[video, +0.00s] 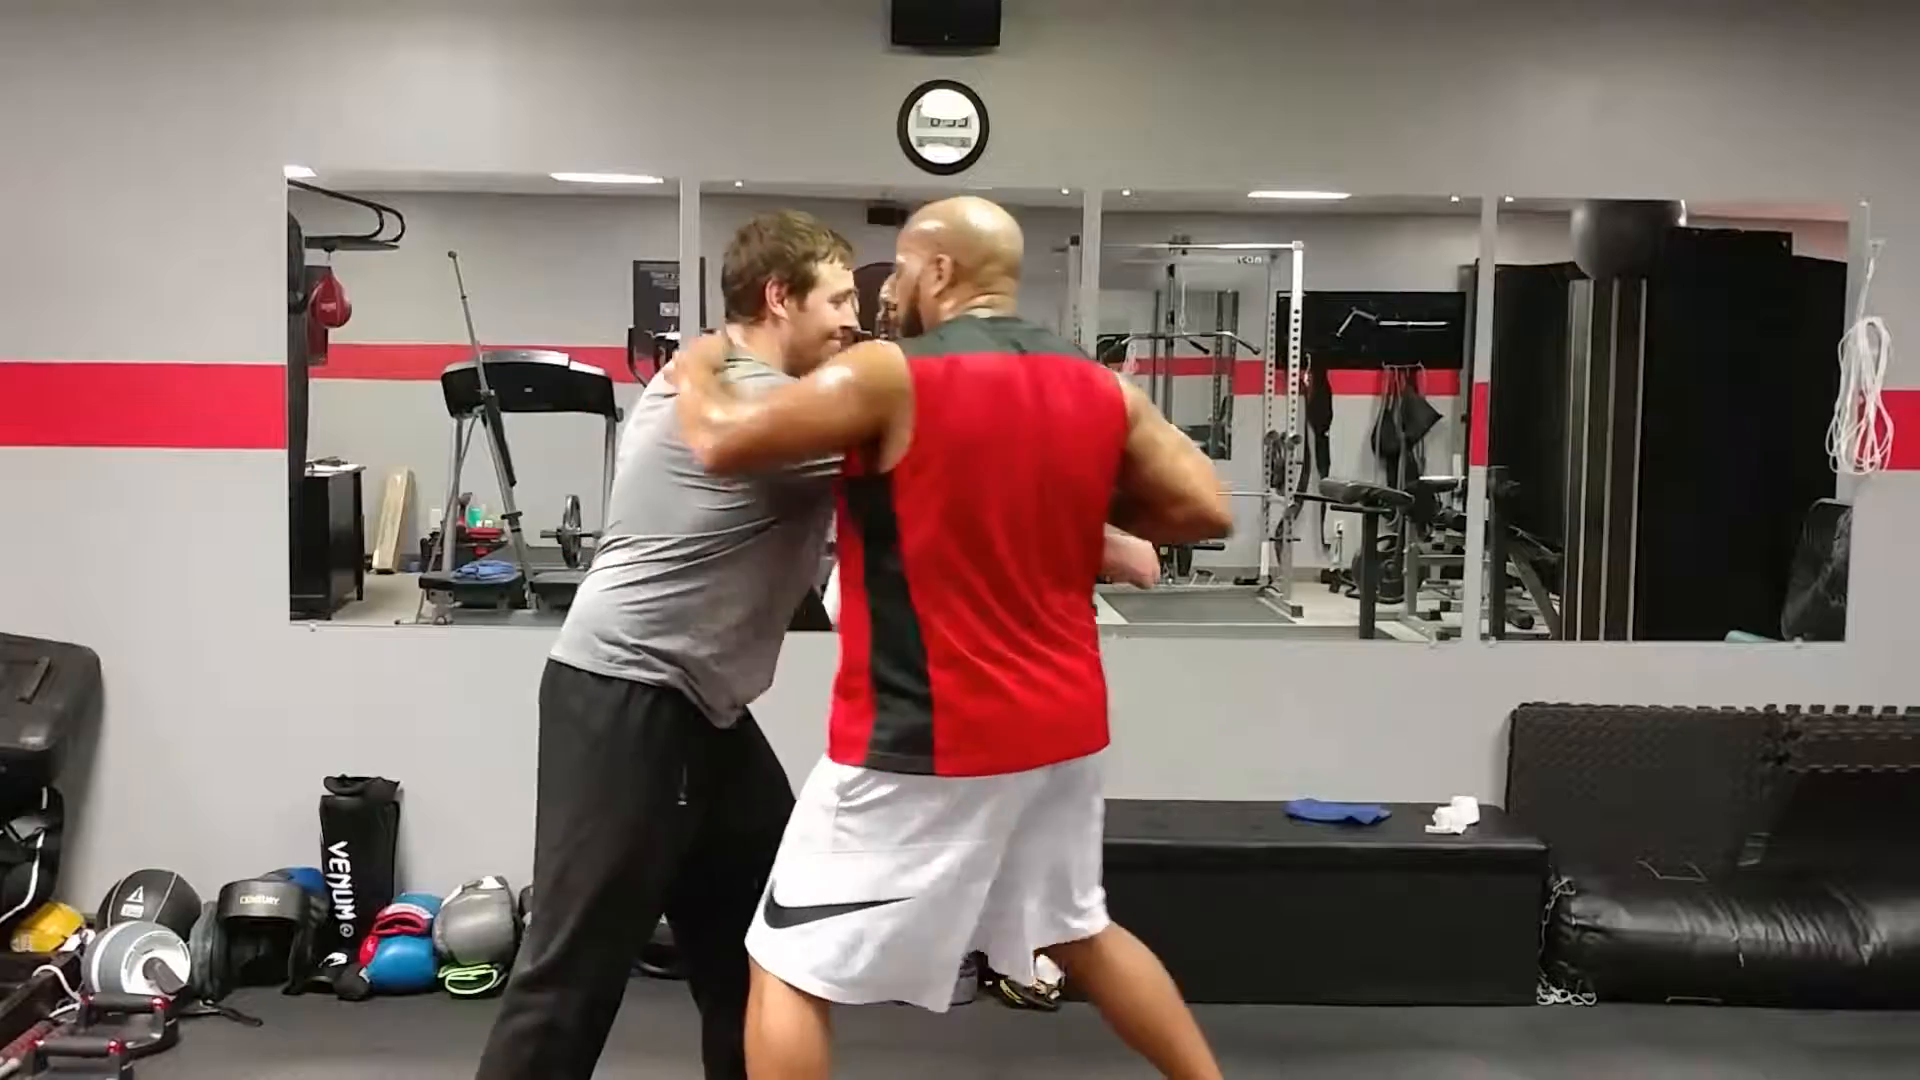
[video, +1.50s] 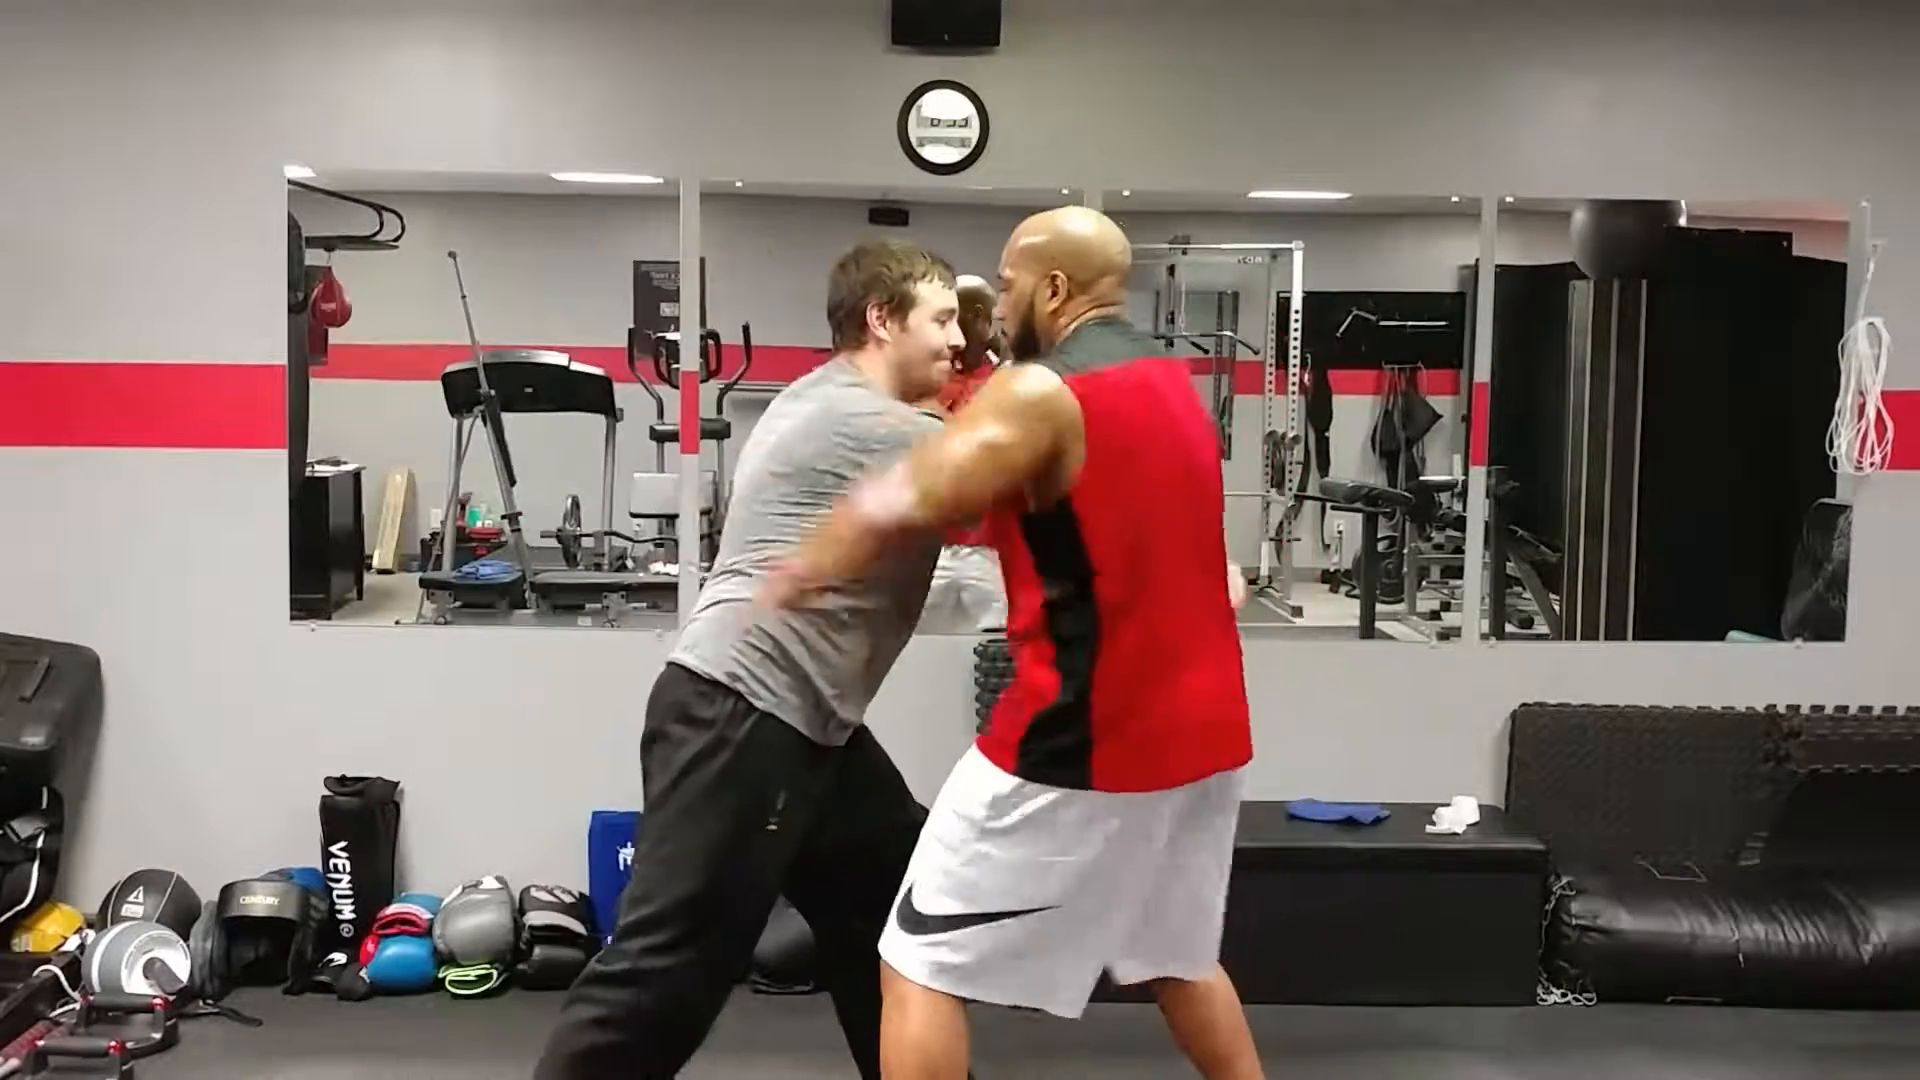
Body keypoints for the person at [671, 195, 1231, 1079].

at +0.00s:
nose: (889, 287)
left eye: (900, 269)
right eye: (892, 269)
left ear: (940, 273)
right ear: (1007, 278)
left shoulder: (887, 374)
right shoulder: (1100, 389)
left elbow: (722, 443)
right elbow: (1209, 511)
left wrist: (696, 368)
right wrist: (1066, 517)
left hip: (914, 732)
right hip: (1066, 721)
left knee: (787, 969)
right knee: (1077, 925)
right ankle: (1205, 1074)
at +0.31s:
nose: (1019, 270)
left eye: (1029, 250)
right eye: (1020, 250)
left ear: (1083, 248)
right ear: (1119, 252)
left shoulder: (1071, 355)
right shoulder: (1224, 347)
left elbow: (945, 480)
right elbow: (1283, 489)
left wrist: (800, 456)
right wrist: (1169, 538)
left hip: (1104, 680)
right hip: (1240, 675)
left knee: (932, 896)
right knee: (1214, 925)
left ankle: (928, 1076)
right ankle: (1269, 1075)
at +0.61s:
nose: (1083, 251)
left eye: (1096, 231)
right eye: (1085, 231)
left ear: (1158, 234)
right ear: (1176, 237)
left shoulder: (1159, 347)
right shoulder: (1256, 333)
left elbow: (1123, 522)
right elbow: (1214, 493)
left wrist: (1011, 644)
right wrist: (1090, 477)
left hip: (1163, 691)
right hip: (1267, 682)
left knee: (1081, 942)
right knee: (1236, 929)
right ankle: (1279, 1078)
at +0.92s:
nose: (1113, 239)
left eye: (1129, 221)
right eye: (1116, 221)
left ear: (1191, 228)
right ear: (1210, 230)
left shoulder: (1161, 334)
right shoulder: (1269, 320)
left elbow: (1008, 420)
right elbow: (1227, 464)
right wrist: (1113, 463)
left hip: (1176, 695)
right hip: (1287, 687)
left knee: (1100, 956)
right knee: (1247, 945)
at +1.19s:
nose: (1071, 273)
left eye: (1084, 254)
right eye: (1072, 254)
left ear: (1144, 260)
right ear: (1169, 261)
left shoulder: (1118, 379)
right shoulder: (1225, 347)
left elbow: (1040, 538)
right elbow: (1058, 405)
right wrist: (898, 412)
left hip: (1143, 715)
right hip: (1261, 703)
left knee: (1025, 951)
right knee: (1229, 953)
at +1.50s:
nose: (998, 305)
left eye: (1007, 286)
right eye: (1000, 287)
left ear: (1053, 290)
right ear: (1109, 289)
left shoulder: (1041, 393)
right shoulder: (1170, 378)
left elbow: (890, 506)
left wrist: (806, 570)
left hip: (1070, 736)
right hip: (1202, 727)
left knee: (918, 961)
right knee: (1182, 957)